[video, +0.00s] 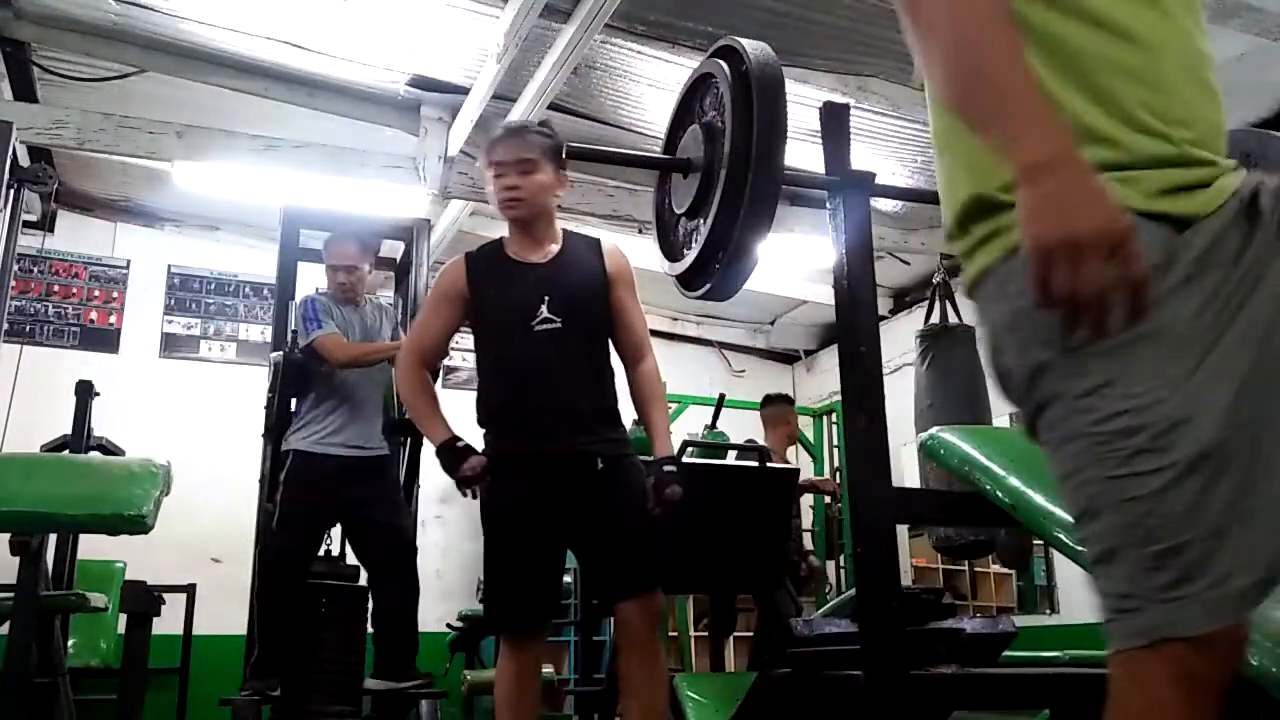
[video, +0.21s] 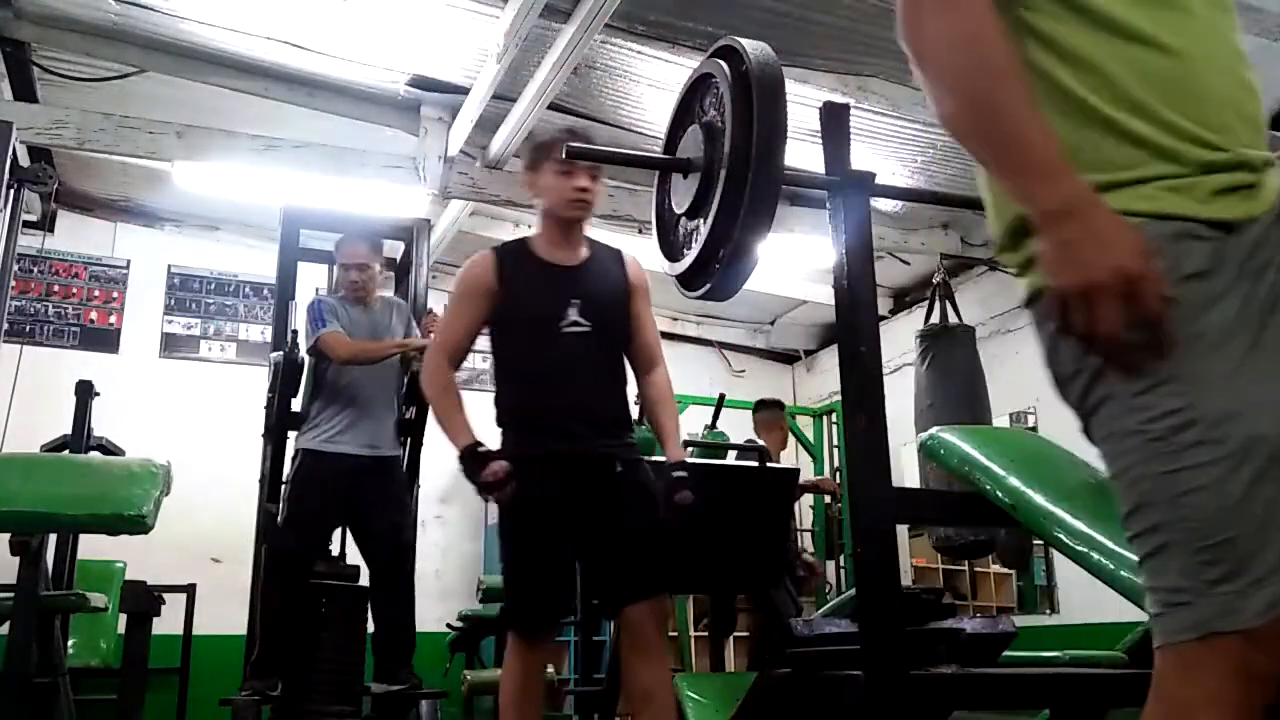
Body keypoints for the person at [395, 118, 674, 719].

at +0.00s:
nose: (507, 183)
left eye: (524, 170)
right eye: (496, 173)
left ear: (560, 180)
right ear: (486, 183)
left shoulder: (605, 262)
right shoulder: (466, 274)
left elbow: (640, 360)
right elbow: (410, 366)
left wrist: (663, 457)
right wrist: (451, 448)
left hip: (604, 470)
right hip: (515, 474)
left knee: (642, 615)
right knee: (520, 637)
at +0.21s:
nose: (583, 184)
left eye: (592, 175)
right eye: (567, 171)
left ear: (601, 187)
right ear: (533, 180)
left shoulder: (624, 273)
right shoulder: (491, 270)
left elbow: (651, 370)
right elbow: (436, 364)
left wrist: (676, 459)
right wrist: (472, 450)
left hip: (616, 473)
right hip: (532, 475)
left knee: (645, 625)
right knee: (531, 639)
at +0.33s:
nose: (621, 191)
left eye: (628, 182)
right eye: (605, 177)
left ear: (632, 196)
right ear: (564, 185)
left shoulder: (643, 281)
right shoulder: (519, 269)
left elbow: (662, 379)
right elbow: (461, 360)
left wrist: (690, 461)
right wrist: (506, 448)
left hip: (630, 478)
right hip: (551, 477)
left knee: (644, 630)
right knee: (541, 640)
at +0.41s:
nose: (644, 192)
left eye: (646, 183)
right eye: (629, 179)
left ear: (645, 196)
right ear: (588, 187)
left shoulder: (656, 286)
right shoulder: (544, 264)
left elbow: (671, 384)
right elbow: (487, 349)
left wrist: (701, 464)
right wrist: (531, 435)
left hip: (643, 476)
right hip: (569, 474)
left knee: (647, 631)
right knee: (551, 636)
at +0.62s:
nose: (668, 209)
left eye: (674, 199)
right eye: (657, 196)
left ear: (686, 208)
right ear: (636, 201)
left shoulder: (680, 294)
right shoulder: (610, 255)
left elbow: (685, 400)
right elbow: (569, 337)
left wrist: (735, 462)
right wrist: (627, 427)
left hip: (677, 471)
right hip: (618, 466)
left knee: (666, 630)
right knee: (600, 630)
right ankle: (554, 718)